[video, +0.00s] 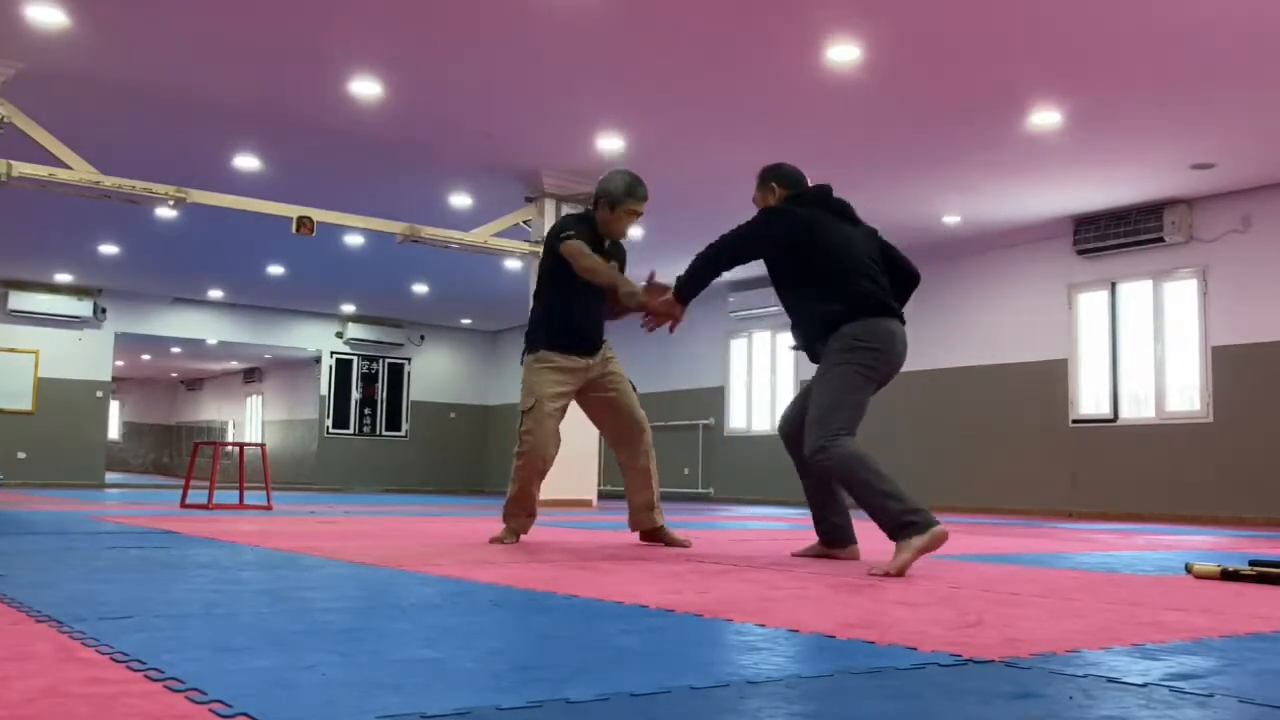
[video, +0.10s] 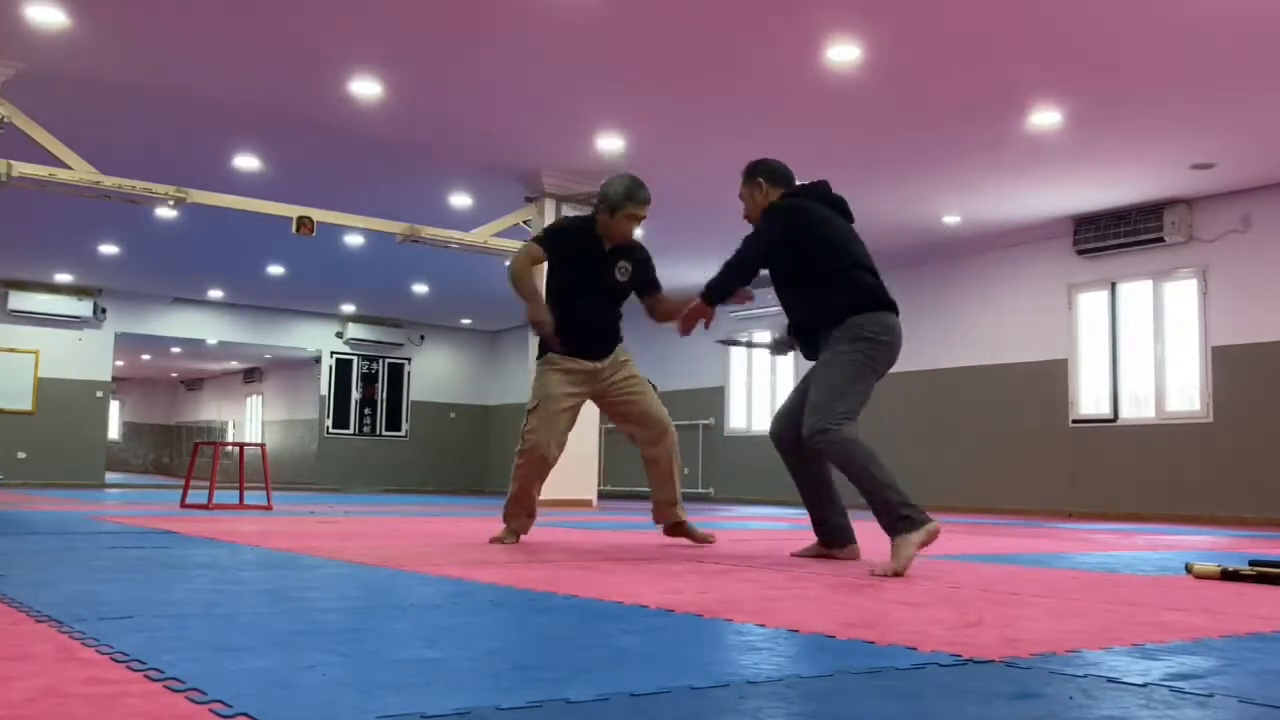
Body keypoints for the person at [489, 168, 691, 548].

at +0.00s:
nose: (632, 224)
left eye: (636, 217)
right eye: (629, 215)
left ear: (622, 212)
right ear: (603, 206)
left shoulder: (615, 250)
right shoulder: (567, 230)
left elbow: (607, 307)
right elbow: (586, 266)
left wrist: (641, 299)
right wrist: (632, 290)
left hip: (596, 359)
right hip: (549, 360)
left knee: (635, 430)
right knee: (537, 447)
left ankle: (649, 524)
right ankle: (513, 527)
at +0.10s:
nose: (636, 228)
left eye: (640, 220)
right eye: (632, 219)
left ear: (636, 217)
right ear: (606, 212)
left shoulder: (634, 255)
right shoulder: (567, 232)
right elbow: (519, 266)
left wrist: (707, 298)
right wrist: (536, 306)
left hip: (612, 364)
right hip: (561, 364)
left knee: (659, 428)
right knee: (539, 447)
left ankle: (672, 518)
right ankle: (513, 528)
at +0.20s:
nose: (658, 235)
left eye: (663, 226)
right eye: (652, 226)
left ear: (665, 224)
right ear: (627, 220)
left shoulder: (660, 264)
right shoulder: (586, 239)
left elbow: (667, 328)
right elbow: (536, 264)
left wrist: (719, 332)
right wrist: (513, 314)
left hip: (640, 370)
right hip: (586, 371)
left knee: (692, 436)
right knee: (557, 447)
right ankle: (515, 527)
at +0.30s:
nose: (701, 235)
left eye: (706, 227)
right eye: (694, 226)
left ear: (710, 225)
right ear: (670, 221)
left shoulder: (711, 266)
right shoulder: (641, 243)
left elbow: (707, 325)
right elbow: (610, 270)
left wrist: (682, 340)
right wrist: (584, 308)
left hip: (682, 375)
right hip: (626, 373)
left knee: (729, 441)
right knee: (581, 444)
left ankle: (763, 529)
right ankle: (525, 522)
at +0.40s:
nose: (748, 231)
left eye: (753, 223)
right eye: (740, 221)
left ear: (758, 225)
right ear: (718, 219)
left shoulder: (756, 265)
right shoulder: (685, 240)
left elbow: (760, 327)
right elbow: (643, 265)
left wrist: (733, 358)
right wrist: (628, 304)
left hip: (712, 370)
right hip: (658, 367)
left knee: (752, 440)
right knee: (613, 447)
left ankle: (770, 529)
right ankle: (596, 519)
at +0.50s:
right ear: (734, 216)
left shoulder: (768, 253)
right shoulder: (710, 240)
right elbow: (655, 264)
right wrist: (659, 318)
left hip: (733, 360)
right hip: (682, 360)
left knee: (755, 442)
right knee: (651, 445)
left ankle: (779, 527)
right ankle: (620, 519)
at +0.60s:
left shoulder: (782, 266)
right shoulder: (727, 247)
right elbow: (690, 285)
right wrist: (706, 324)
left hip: (747, 364)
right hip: (696, 358)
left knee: (771, 447)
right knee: (660, 440)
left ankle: (783, 529)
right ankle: (622, 518)